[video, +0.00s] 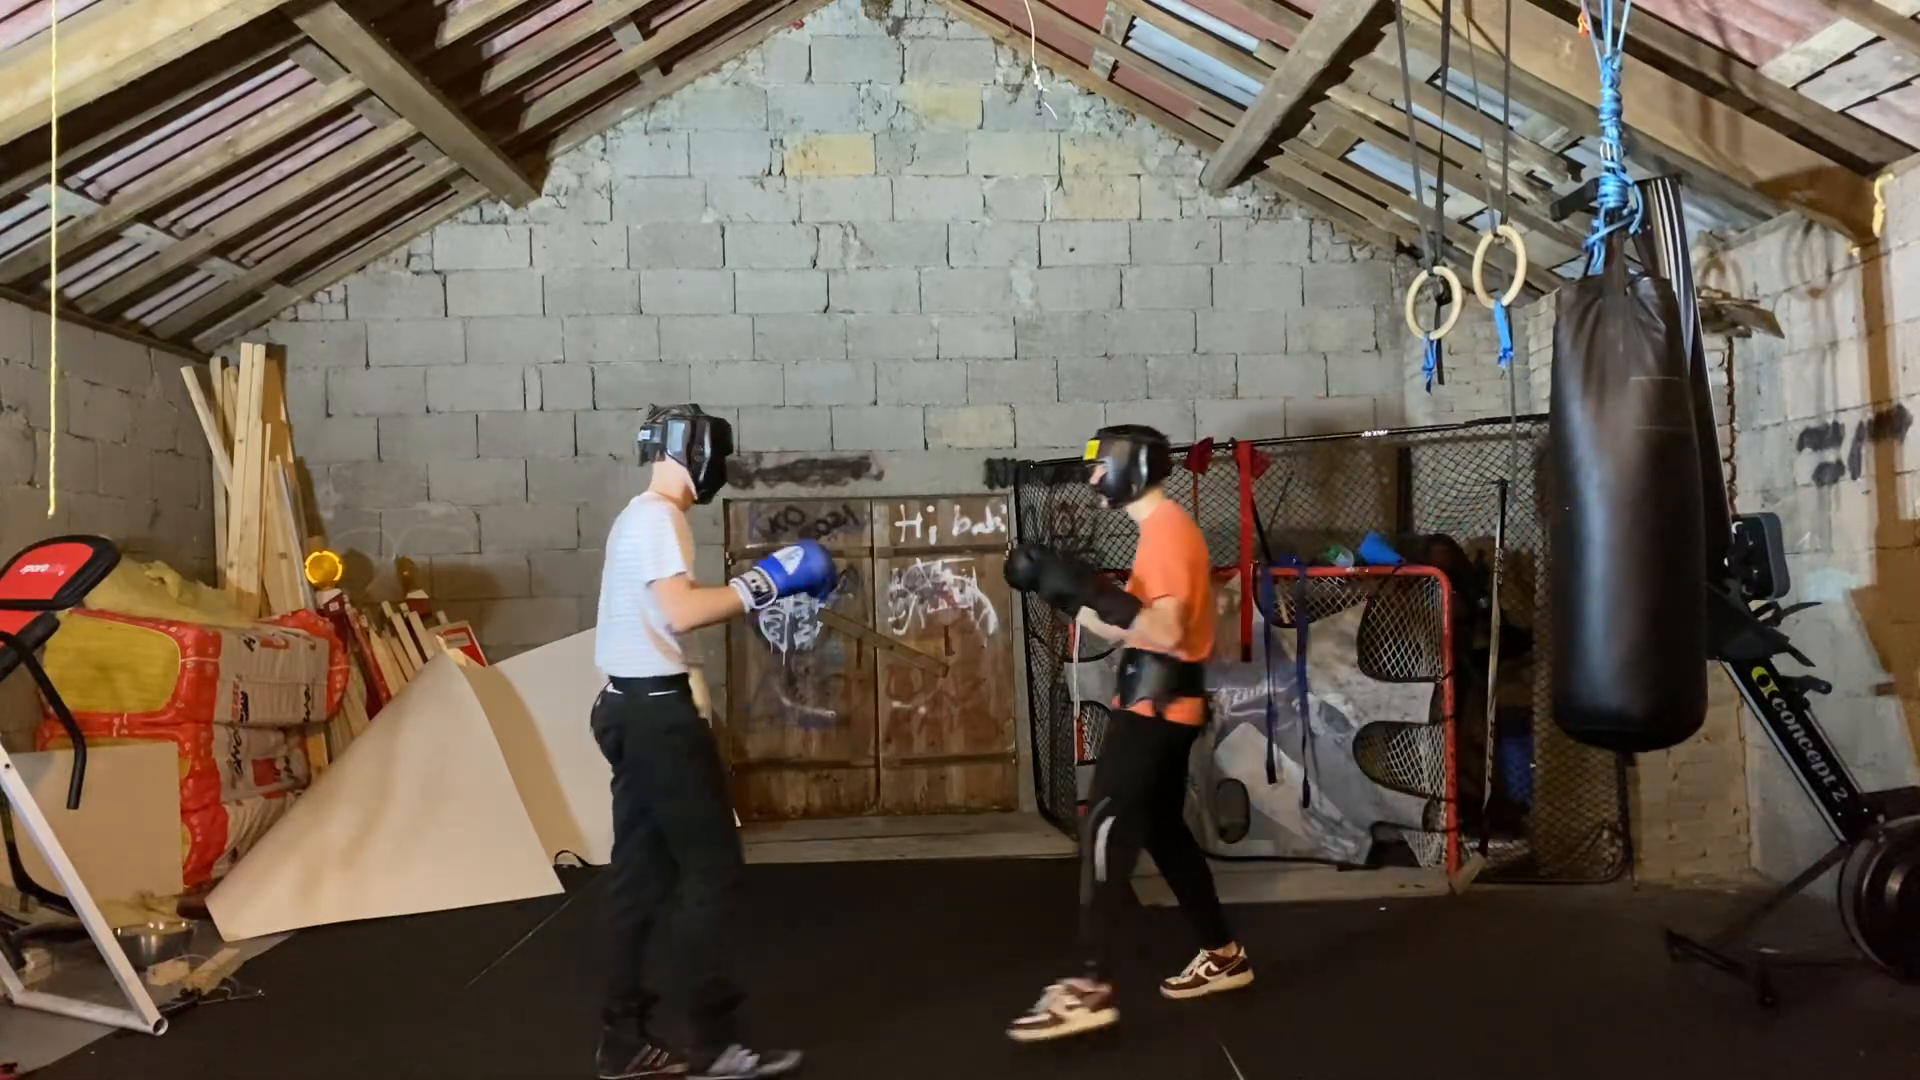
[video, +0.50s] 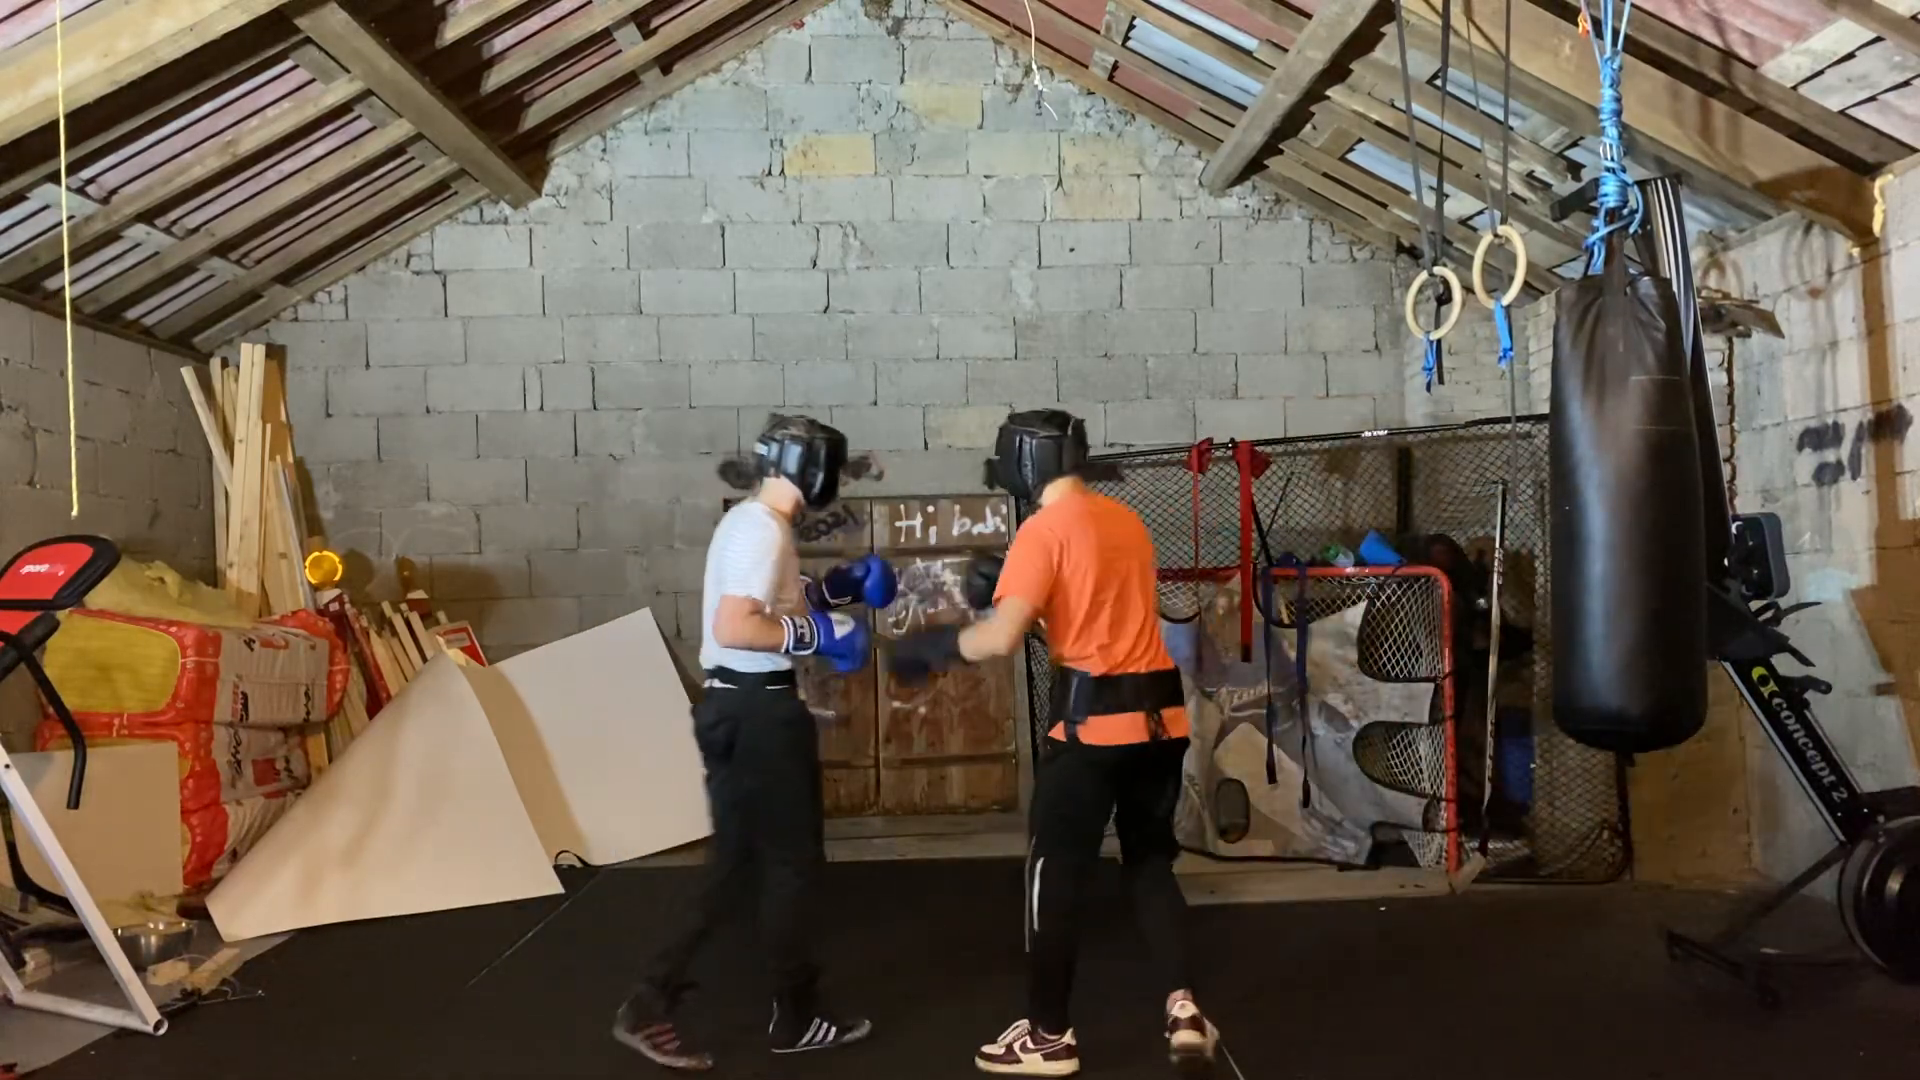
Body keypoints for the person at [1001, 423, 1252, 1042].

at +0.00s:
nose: (1096, 477)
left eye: (1104, 465)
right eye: (1097, 465)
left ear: (1132, 470)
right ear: (1146, 469)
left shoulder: (1165, 532)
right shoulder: (1163, 528)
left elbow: (1167, 631)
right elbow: (1156, 617)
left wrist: (1086, 608)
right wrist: (1087, 593)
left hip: (1155, 712)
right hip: (1167, 710)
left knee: (1104, 835)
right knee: (1163, 831)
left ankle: (1090, 985)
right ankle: (1221, 950)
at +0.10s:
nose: (1074, 485)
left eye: (1080, 472)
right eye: (1076, 472)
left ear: (1103, 475)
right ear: (1130, 474)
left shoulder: (1135, 536)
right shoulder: (1156, 534)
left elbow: (1118, 633)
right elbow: (1142, 630)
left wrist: (1057, 598)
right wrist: (1081, 614)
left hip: (1126, 715)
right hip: (1159, 715)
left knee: (1071, 846)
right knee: (1153, 832)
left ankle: (1046, 996)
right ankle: (1219, 948)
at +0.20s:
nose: (1047, 488)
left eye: (1052, 477)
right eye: (1049, 476)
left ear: (1070, 481)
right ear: (1107, 480)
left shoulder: (1097, 543)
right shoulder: (1137, 540)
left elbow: (1044, 630)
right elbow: (1085, 626)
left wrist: (988, 584)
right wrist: (1015, 596)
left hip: (1099, 727)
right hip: (1148, 723)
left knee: (1040, 864)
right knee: (1159, 840)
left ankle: (1046, 1021)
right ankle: (1218, 949)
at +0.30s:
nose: (1020, 496)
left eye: (1023, 485)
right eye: (1022, 485)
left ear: (1039, 486)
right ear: (1085, 484)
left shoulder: (1065, 547)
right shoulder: (1122, 543)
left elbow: (981, 621)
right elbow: (1043, 613)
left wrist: (921, 570)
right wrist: (961, 584)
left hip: (1096, 726)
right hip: (1149, 725)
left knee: (1021, 867)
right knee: (1153, 856)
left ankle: (1046, 1027)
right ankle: (1209, 978)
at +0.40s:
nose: (1002, 495)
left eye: (1003, 482)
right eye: (1001, 483)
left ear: (1018, 479)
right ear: (1071, 473)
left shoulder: (1046, 537)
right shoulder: (1117, 530)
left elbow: (973, 626)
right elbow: (1056, 615)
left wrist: (928, 592)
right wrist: (983, 579)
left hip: (1095, 729)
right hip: (1157, 723)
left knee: (1038, 869)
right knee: (1142, 856)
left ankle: (1047, 1030)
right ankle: (1192, 1001)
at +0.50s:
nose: (1005, 481)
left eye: (1007, 469)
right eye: (1004, 468)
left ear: (1025, 465)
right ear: (1075, 459)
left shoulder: (1044, 532)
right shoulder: (1129, 520)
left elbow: (1001, 636)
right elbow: (1116, 604)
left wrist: (946, 645)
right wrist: (1017, 597)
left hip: (1094, 727)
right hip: (1163, 723)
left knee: (1055, 866)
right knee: (1151, 859)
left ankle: (1047, 1031)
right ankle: (1182, 1006)